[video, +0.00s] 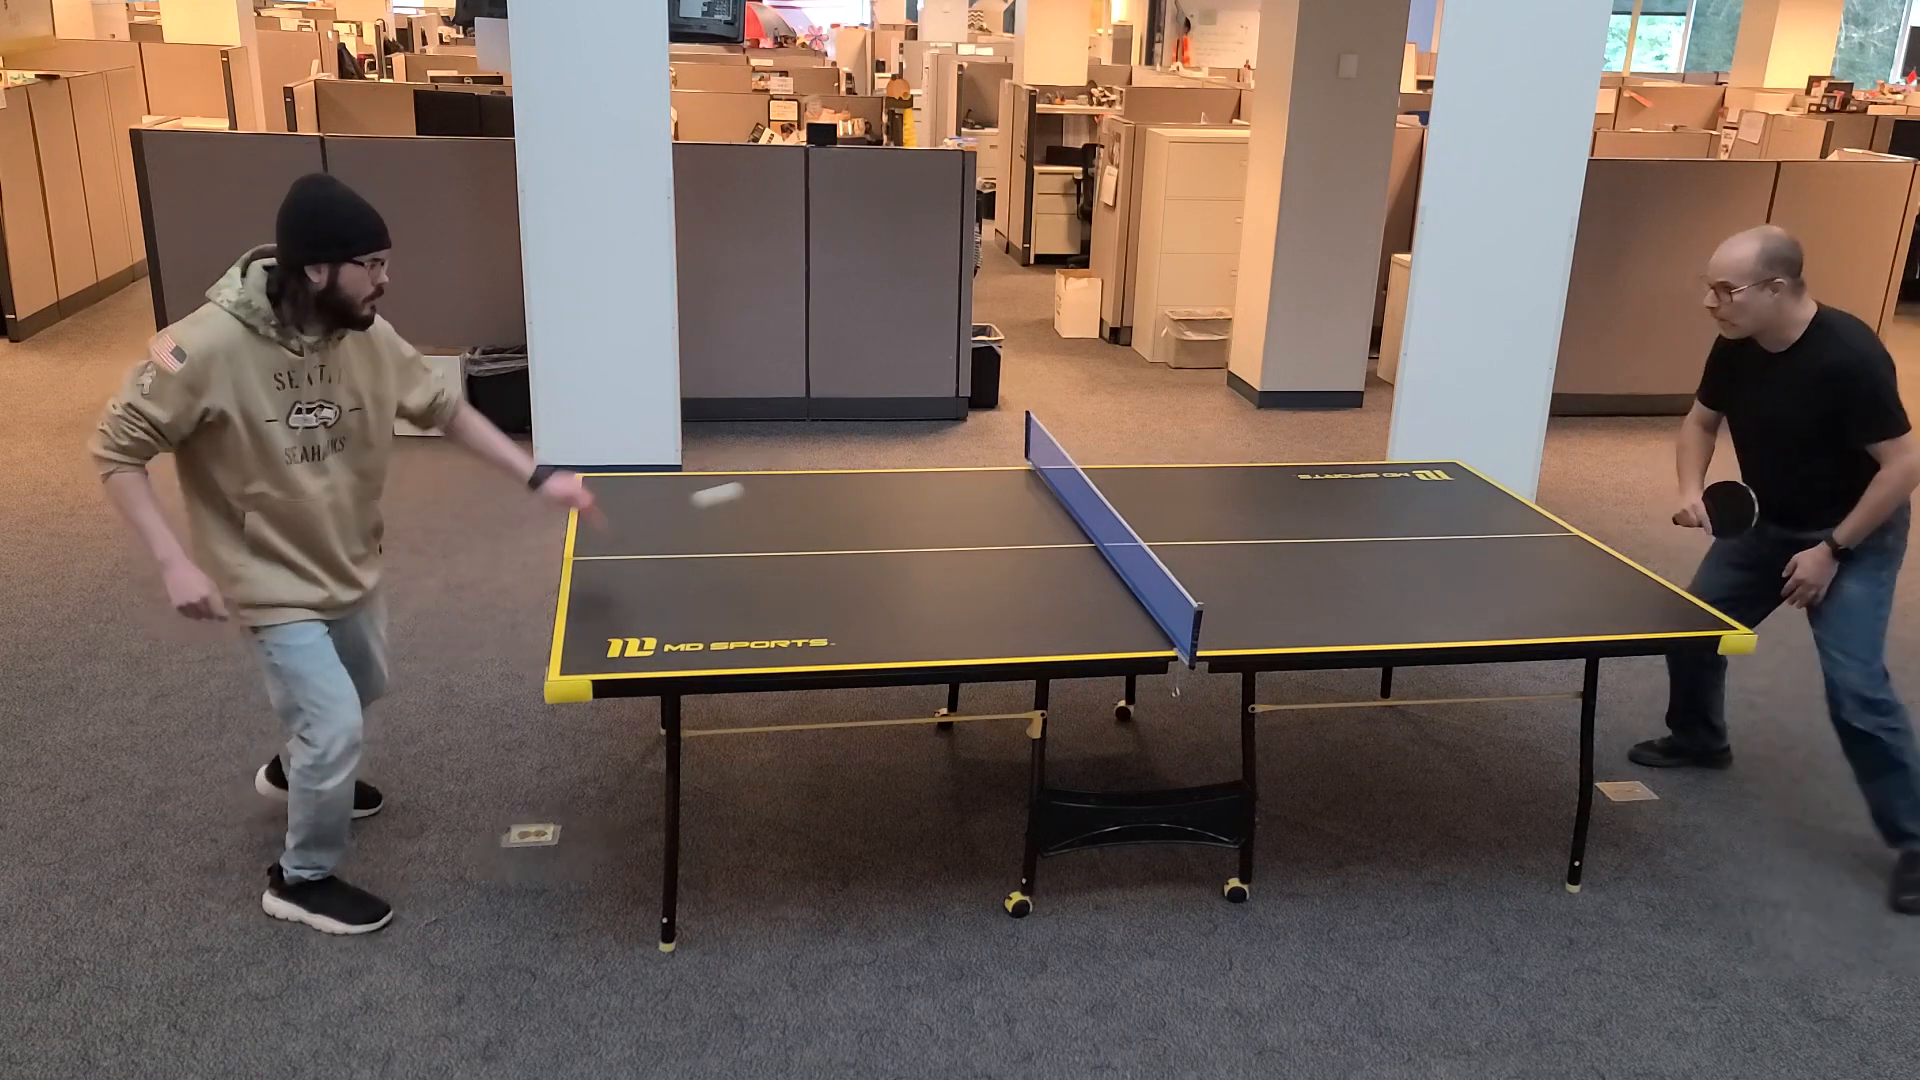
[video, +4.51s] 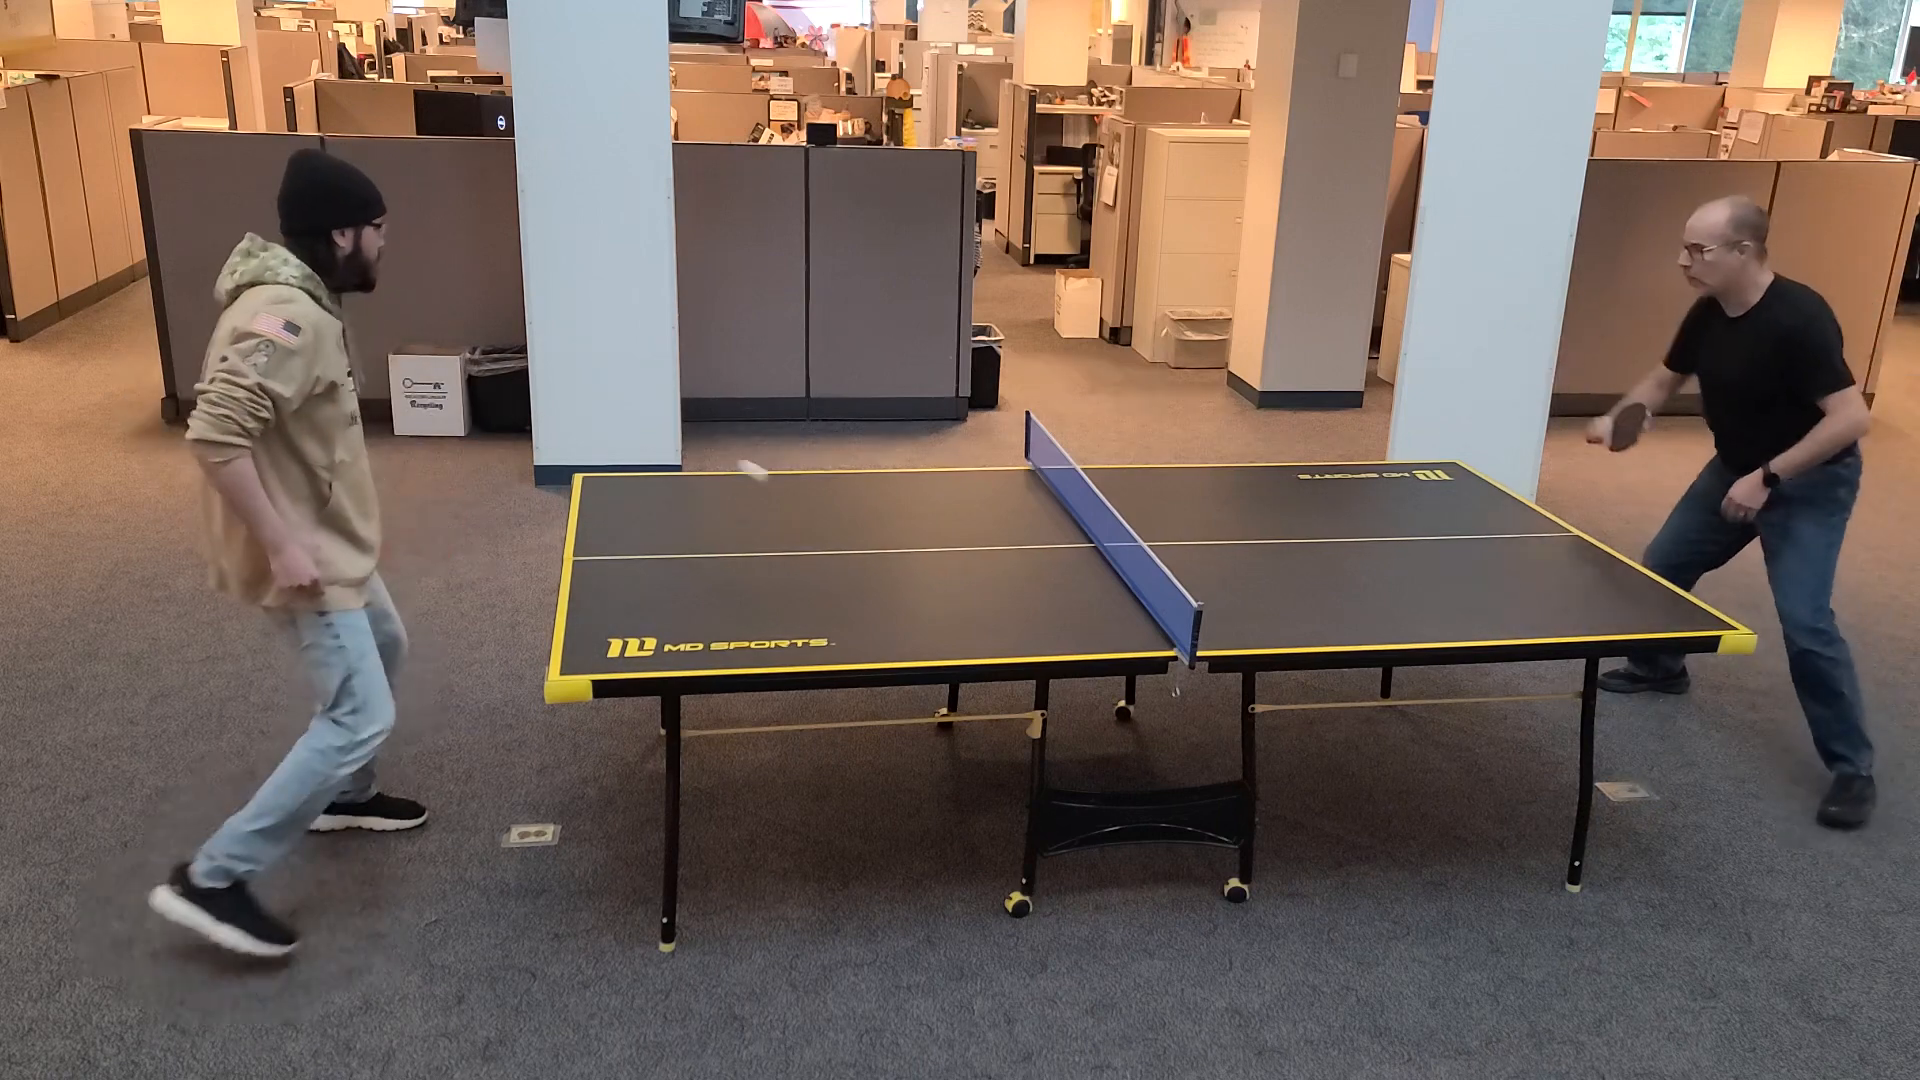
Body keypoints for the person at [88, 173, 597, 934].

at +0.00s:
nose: (385, 278)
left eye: (384, 261)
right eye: (371, 264)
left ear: (330, 272)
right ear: (316, 272)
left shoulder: (367, 341)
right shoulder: (208, 349)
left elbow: (448, 405)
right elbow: (116, 451)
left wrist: (538, 476)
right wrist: (174, 564)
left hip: (350, 565)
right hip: (269, 580)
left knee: (361, 688)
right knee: (333, 731)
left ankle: (298, 771)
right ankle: (302, 876)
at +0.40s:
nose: (400, 245)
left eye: (397, 230)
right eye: (387, 233)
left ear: (343, 245)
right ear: (337, 246)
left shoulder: (344, 300)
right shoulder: (254, 334)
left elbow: (352, 411)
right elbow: (179, 458)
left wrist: (403, 473)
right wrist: (263, 558)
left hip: (348, 549)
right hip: (294, 570)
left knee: (373, 683)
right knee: (352, 715)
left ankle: (343, 803)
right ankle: (302, 875)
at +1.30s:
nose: (400, 270)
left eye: (398, 254)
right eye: (386, 256)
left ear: (347, 266)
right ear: (333, 265)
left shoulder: (382, 346)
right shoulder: (226, 342)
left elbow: (441, 452)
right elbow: (136, 445)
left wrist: (539, 493)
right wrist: (195, 557)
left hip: (360, 567)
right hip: (279, 579)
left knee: (392, 685)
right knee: (345, 729)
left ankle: (348, 802)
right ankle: (301, 877)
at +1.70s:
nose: (400, 235)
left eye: (396, 218)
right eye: (386, 222)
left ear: (345, 231)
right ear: (340, 234)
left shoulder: (334, 299)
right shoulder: (265, 319)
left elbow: (346, 432)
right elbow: (191, 444)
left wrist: (414, 483)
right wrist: (277, 545)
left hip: (347, 545)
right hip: (300, 565)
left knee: (378, 668)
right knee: (356, 712)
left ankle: (345, 801)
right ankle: (302, 874)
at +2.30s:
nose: (404, 263)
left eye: (404, 248)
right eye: (390, 248)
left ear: (355, 255)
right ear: (337, 253)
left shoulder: (384, 345)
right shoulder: (232, 327)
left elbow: (439, 445)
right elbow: (144, 426)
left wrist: (517, 505)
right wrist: (192, 540)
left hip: (365, 561)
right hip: (281, 571)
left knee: (400, 682)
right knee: (345, 717)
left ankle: (347, 801)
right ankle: (303, 874)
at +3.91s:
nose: (406, 223)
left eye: (403, 207)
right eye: (393, 209)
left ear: (349, 219)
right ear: (346, 219)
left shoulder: (337, 286)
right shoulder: (269, 302)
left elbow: (333, 421)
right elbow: (184, 419)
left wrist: (408, 432)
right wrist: (265, 522)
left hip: (355, 536)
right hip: (303, 549)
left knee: (379, 672)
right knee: (348, 709)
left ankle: (346, 799)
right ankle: (303, 873)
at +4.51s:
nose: (384, 240)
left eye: (380, 225)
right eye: (374, 226)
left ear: (321, 232)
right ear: (336, 235)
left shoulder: (299, 297)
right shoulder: (280, 314)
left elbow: (249, 427)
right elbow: (217, 436)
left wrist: (324, 524)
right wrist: (283, 545)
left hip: (331, 540)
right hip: (301, 558)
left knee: (384, 643)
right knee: (359, 719)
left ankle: (345, 792)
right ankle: (212, 877)